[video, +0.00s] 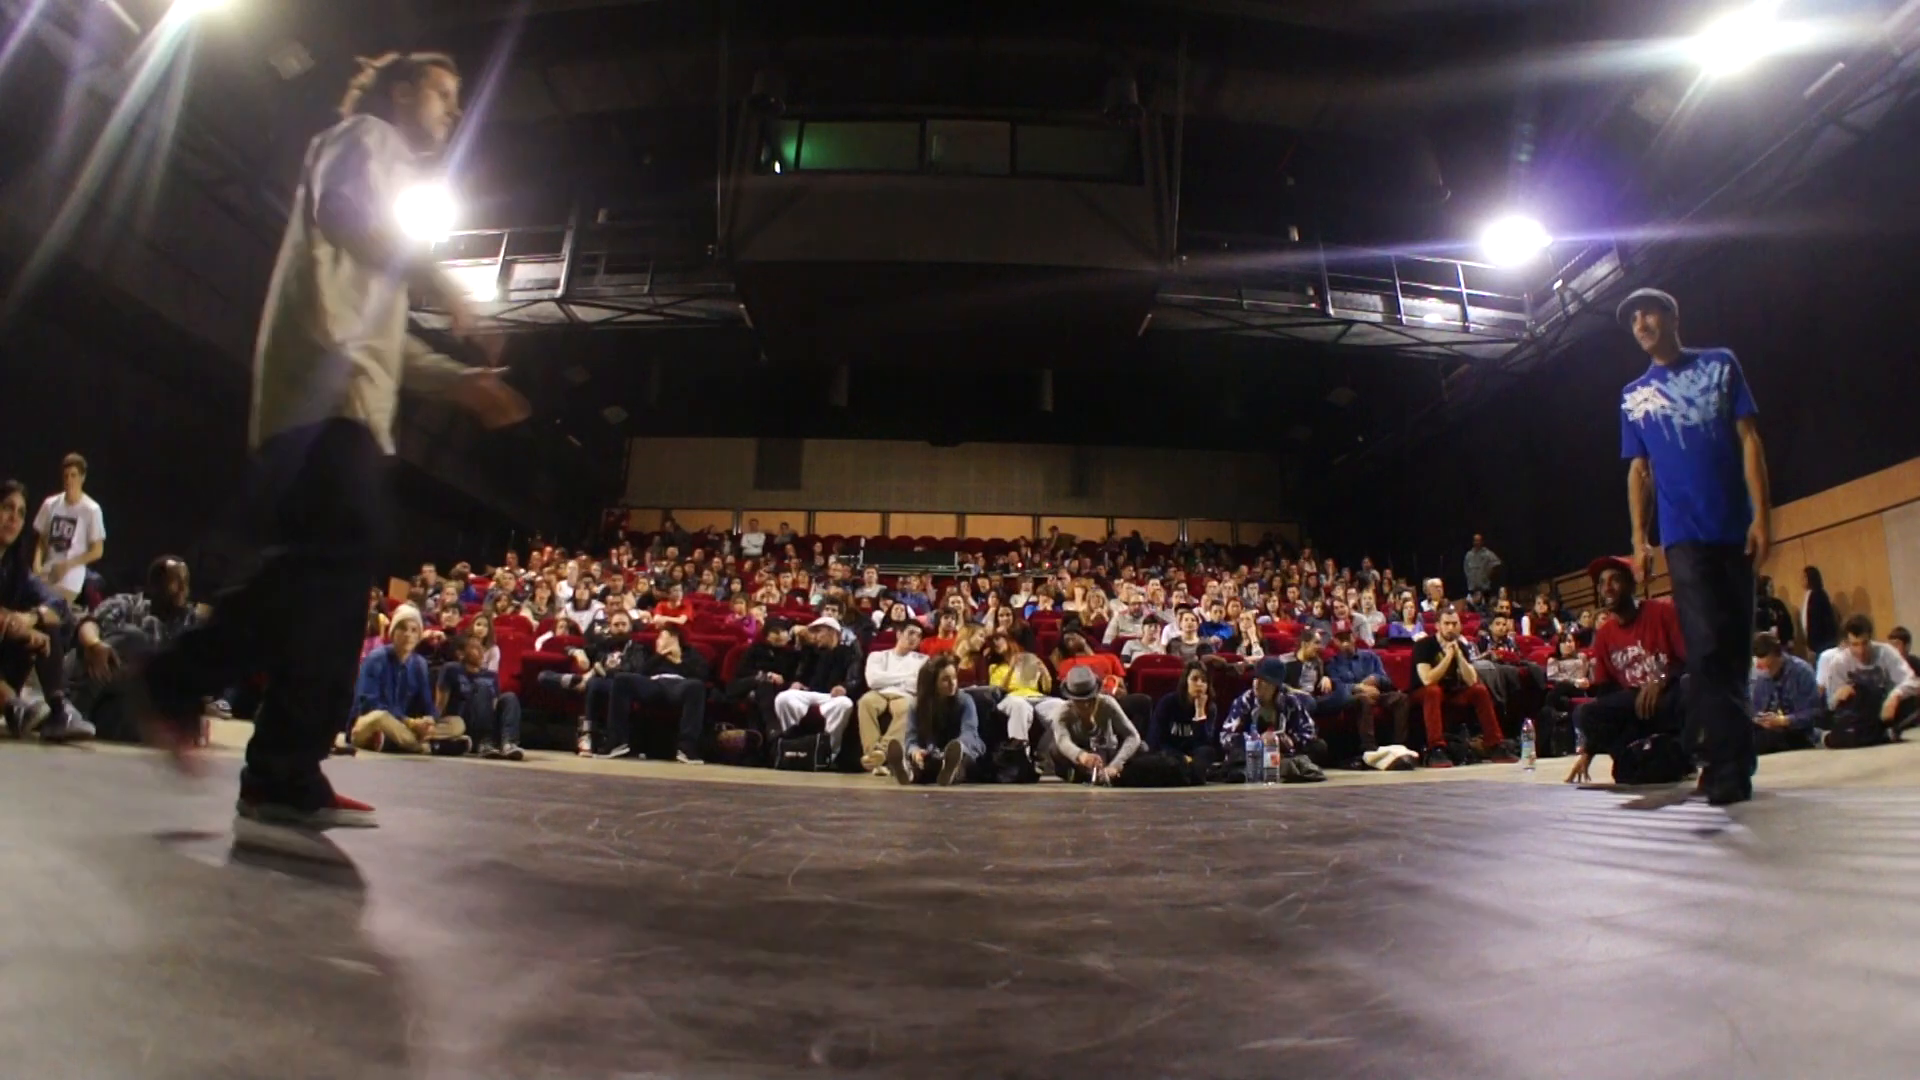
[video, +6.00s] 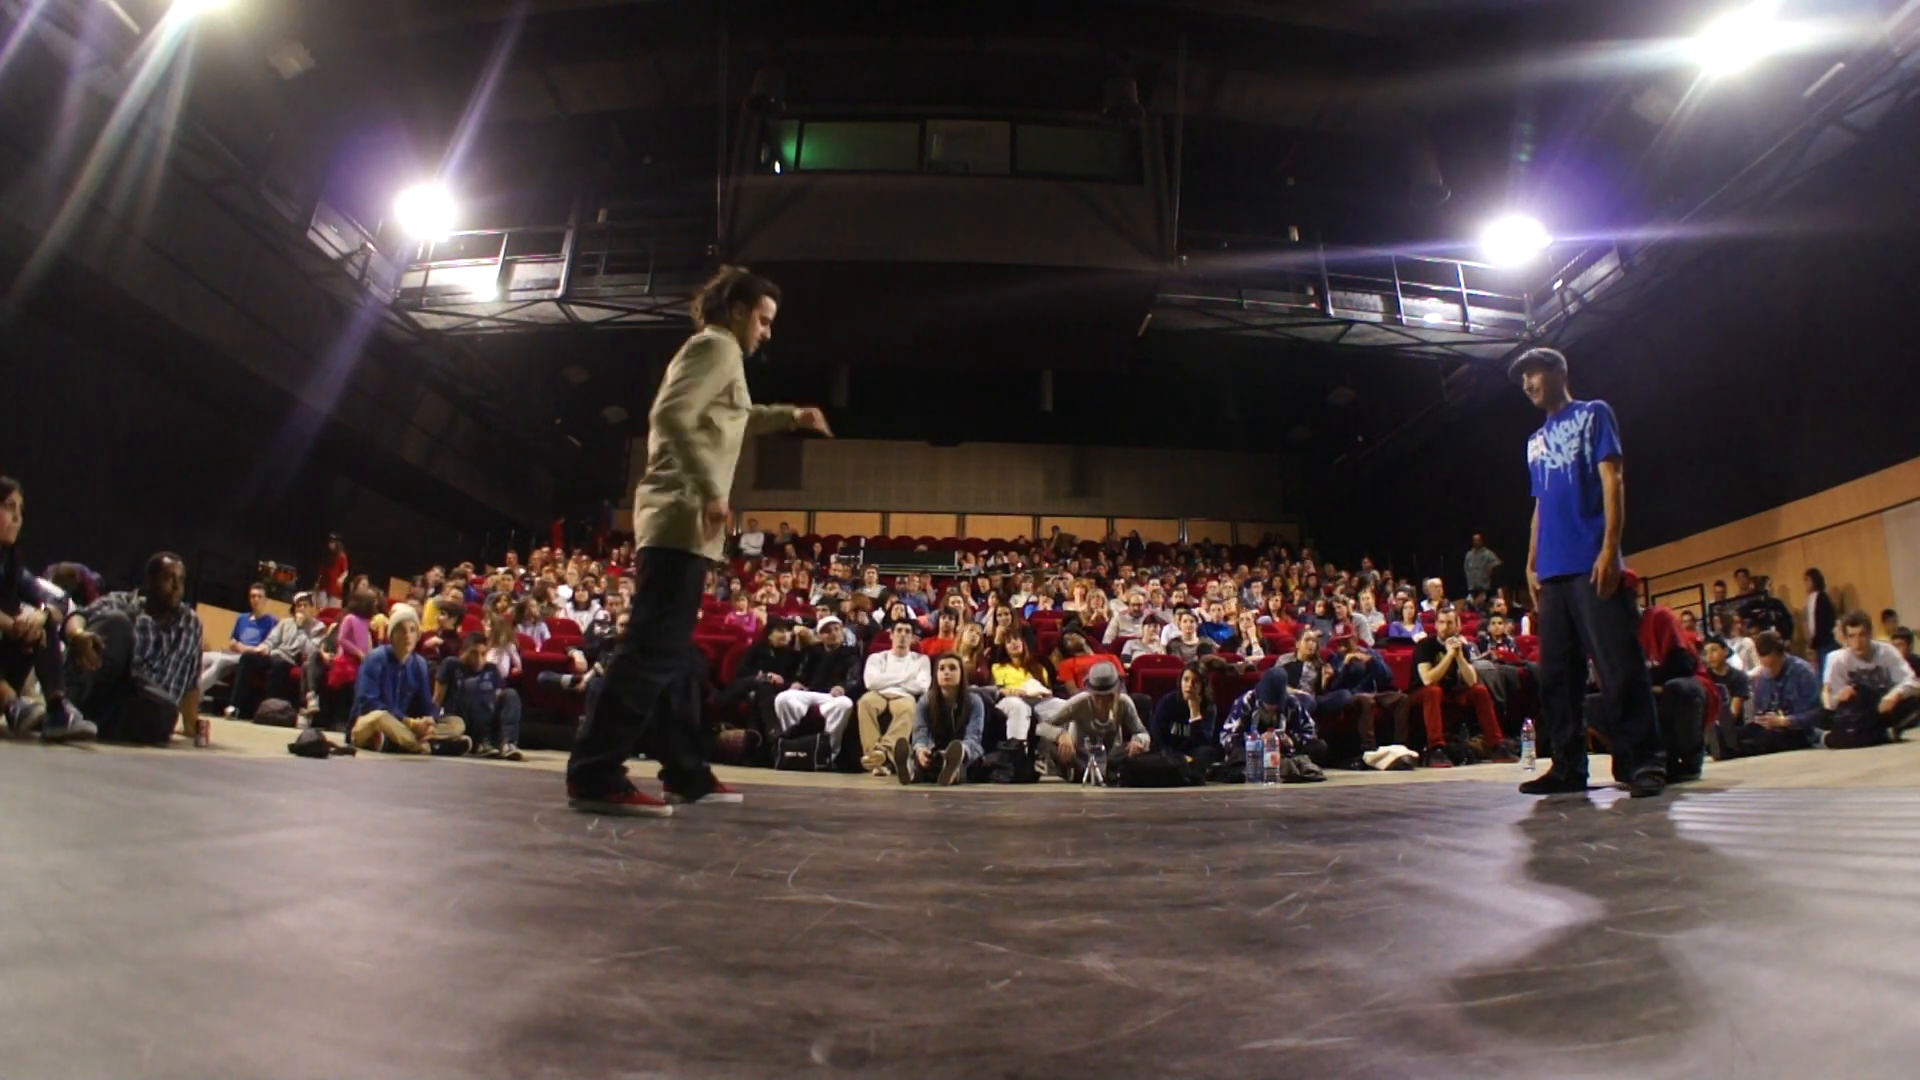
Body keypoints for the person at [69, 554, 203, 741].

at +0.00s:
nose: (173, 589)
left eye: (179, 583)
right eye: (166, 582)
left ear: (186, 587)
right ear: (153, 584)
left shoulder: (193, 620)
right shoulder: (127, 605)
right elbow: (89, 622)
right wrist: (93, 644)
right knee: (131, 637)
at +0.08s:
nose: (175, 589)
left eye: (181, 583)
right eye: (169, 581)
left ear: (187, 588)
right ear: (155, 583)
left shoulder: (194, 625)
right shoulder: (128, 604)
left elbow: (193, 683)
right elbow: (90, 622)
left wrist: (191, 730)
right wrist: (93, 643)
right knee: (134, 639)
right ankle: (70, 707)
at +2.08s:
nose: (178, 589)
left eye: (184, 582)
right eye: (170, 581)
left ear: (188, 586)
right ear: (155, 583)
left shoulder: (195, 624)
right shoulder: (128, 606)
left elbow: (194, 683)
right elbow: (90, 624)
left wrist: (191, 731)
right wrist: (93, 644)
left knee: (162, 719)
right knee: (135, 640)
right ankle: (70, 699)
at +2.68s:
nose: (170, 588)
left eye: (177, 583)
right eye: (164, 580)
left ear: (186, 589)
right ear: (152, 584)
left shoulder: (194, 624)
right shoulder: (129, 607)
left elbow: (194, 684)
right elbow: (90, 623)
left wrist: (191, 731)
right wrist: (93, 644)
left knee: (160, 721)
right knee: (135, 641)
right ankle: (69, 702)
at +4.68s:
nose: (178, 587)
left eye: (182, 581)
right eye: (170, 579)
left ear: (186, 585)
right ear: (152, 580)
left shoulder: (192, 626)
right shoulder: (123, 602)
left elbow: (191, 685)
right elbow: (77, 617)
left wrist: (191, 732)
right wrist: (76, 634)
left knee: (162, 717)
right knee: (116, 623)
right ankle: (65, 706)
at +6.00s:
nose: (176, 587)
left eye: (181, 580)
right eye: (169, 579)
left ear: (184, 585)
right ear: (151, 580)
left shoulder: (191, 623)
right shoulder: (122, 602)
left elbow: (190, 685)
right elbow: (78, 616)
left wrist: (191, 731)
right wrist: (76, 634)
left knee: (160, 719)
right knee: (116, 624)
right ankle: (64, 710)